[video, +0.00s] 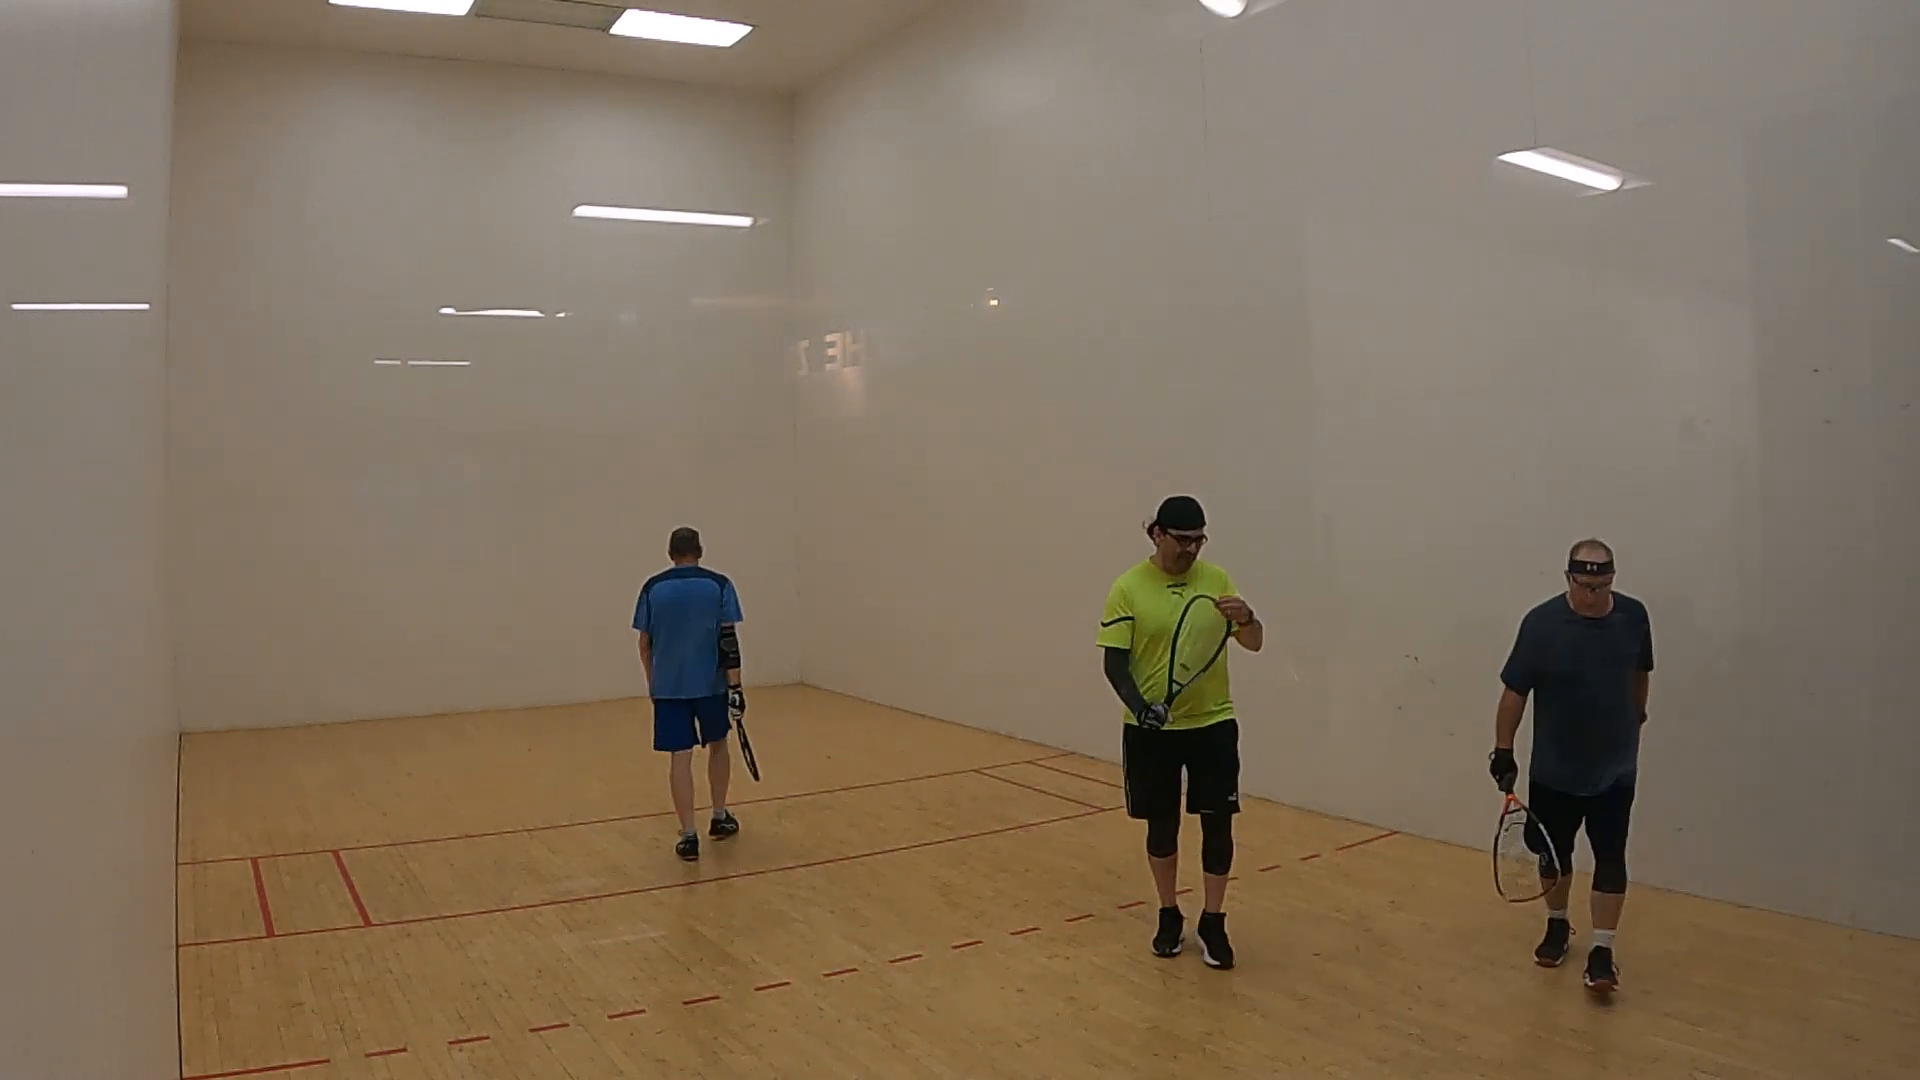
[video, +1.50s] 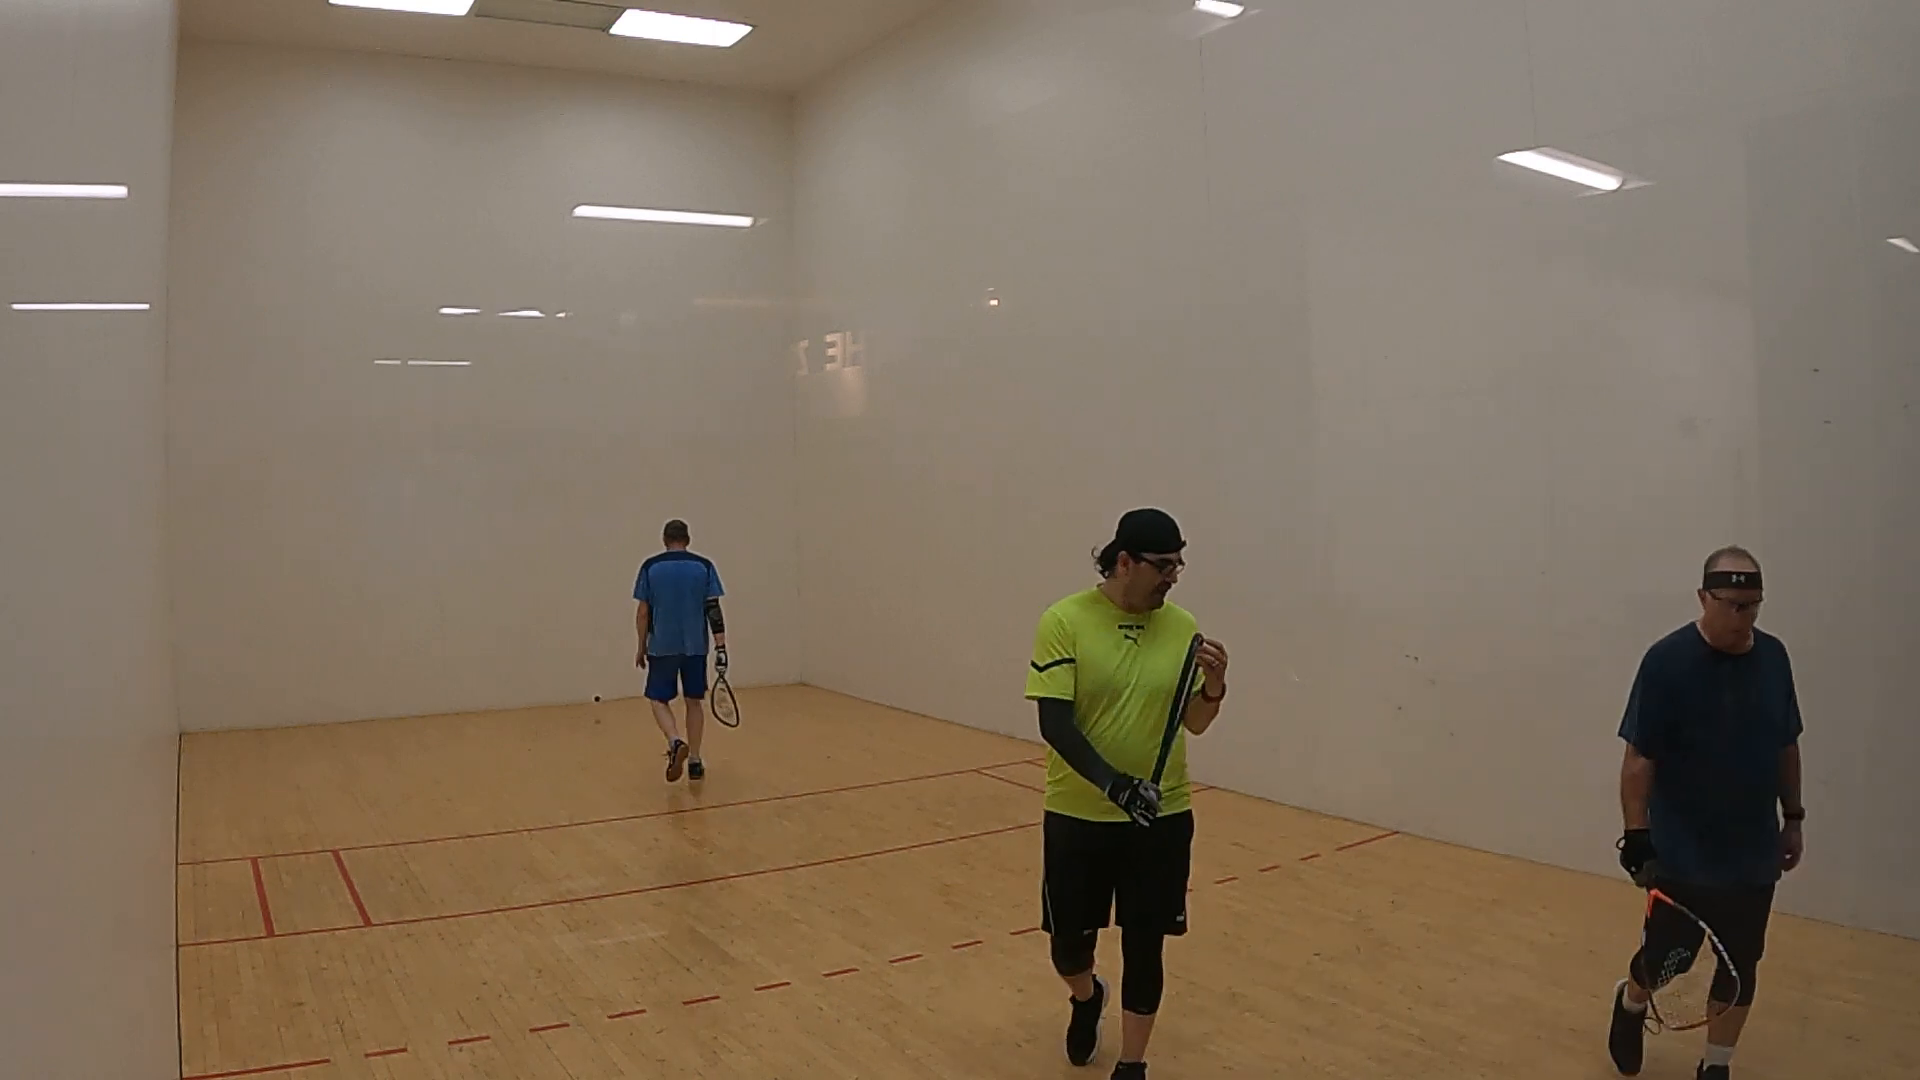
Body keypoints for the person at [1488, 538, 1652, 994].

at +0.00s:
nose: (1591, 580)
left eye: (1601, 572)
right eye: (1582, 572)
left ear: (1613, 576)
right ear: (1568, 575)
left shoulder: (1633, 617)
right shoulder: (1540, 624)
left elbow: (1639, 673)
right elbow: (1514, 690)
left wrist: (1638, 713)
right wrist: (1503, 750)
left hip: (1615, 762)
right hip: (1555, 763)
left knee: (1610, 857)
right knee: (1552, 851)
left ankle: (1602, 952)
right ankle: (1557, 926)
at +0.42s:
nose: (1633, 590)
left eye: (1641, 581)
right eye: (1623, 581)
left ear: (1651, 580)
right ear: (1603, 579)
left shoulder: (1668, 630)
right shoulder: (1569, 628)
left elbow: (1692, 701)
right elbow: (1544, 699)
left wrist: (1707, 766)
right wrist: (1530, 762)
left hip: (1642, 785)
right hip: (1581, 781)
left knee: (1623, 881)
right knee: (1571, 876)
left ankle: (1599, 967)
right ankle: (1561, 937)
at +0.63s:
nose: (1648, 599)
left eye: (1657, 590)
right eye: (1639, 590)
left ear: (1667, 588)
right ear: (1618, 586)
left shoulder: (1681, 638)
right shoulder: (1580, 635)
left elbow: (1711, 701)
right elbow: (1550, 708)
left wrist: (1735, 752)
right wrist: (1537, 772)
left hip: (1656, 794)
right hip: (1595, 791)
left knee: (1630, 893)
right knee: (1604, 894)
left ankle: (1597, 977)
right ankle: (1605, 1003)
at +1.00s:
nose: (1674, 606)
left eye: (1682, 596)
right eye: (1662, 596)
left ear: (1691, 594)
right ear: (1639, 591)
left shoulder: (1703, 642)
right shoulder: (1601, 645)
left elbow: (1716, 722)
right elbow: (1570, 725)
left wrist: (1719, 785)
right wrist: (1561, 797)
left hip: (1685, 811)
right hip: (1617, 813)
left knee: (1697, 909)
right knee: (1616, 921)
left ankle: (1659, 974)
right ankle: (1615, 1015)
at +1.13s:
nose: (1691, 605)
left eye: (1699, 595)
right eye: (1679, 595)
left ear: (1707, 594)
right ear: (1653, 593)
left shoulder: (1715, 643)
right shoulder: (1614, 650)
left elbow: (1713, 724)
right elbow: (1581, 735)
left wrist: (1707, 793)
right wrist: (1576, 810)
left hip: (1697, 819)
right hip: (1626, 821)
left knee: (1711, 930)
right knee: (1618, 930)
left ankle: (1695, 1031)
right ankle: (1616, 1018)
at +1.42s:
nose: (1737, 618)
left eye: (1745, 607)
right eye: (1725, 607)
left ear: (1753, 604)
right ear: (1696, 601)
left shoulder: (1759, 657)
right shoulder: (1658, 661)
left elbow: (1759, 744)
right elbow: (1627, 760)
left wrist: (1751, 822)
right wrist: (1627, 838)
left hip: (1740, 844)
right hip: (1667, 843)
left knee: (1736, 964)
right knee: (1644, 951)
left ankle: (1715, 1069)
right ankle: (1619, 1010)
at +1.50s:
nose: (1747, 615)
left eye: (1754, 604)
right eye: (1736, 604)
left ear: (1761, 602)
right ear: (1704, 600)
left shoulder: (1772, 656)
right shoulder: (1666, 660)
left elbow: (1785, 744)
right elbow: (1638, 757)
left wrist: (1792, 818)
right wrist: (1637, 837)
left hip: (1752, 839)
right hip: (1681, 839)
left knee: (1739, 962)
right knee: (1669, 953)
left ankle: (1715, 1069)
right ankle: (1630, 1005)